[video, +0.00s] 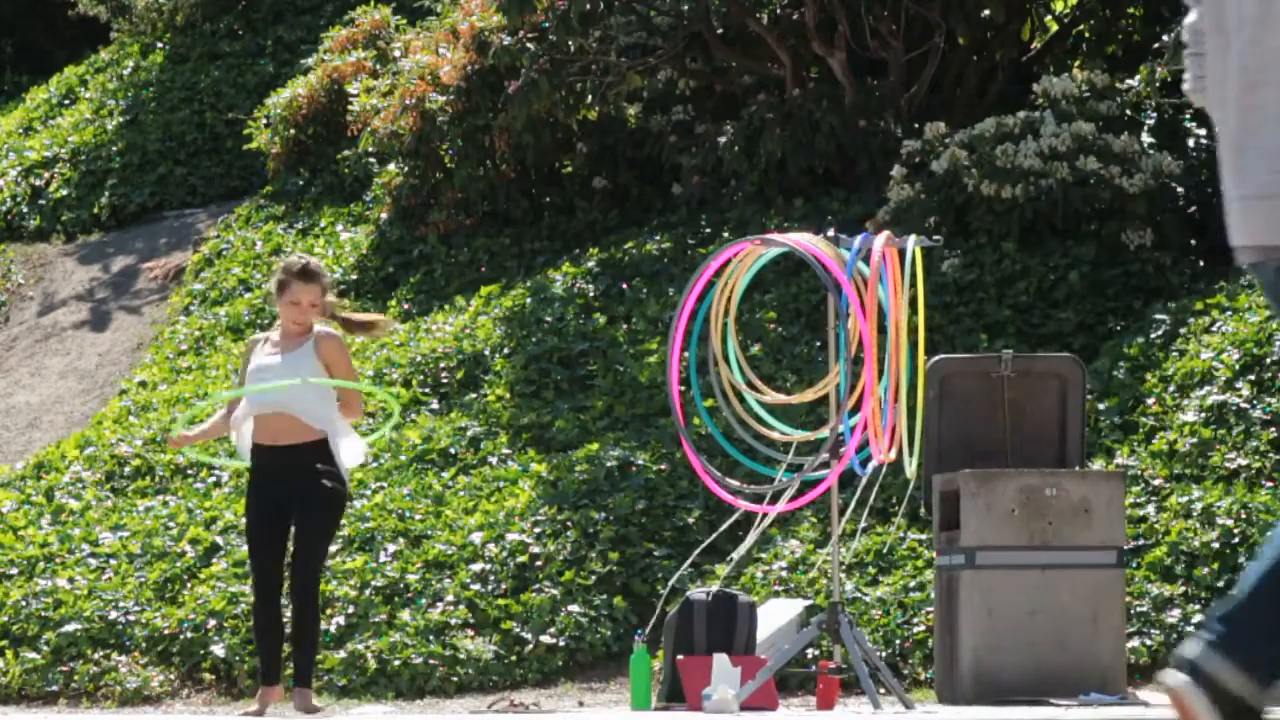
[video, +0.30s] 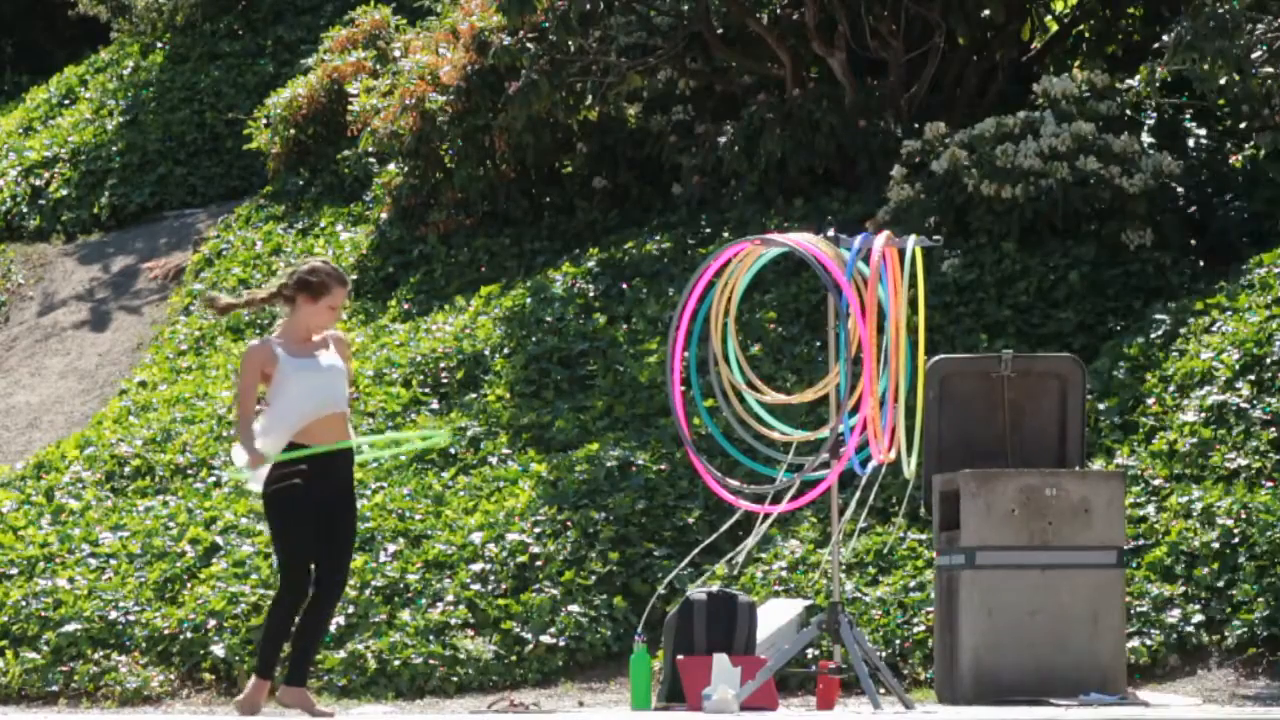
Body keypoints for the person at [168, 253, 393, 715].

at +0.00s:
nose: (304, 312)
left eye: (313, 304)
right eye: (295, 303)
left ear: (322, 304)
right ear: (277, 299)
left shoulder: (326, 343)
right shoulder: (259, 347)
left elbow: (354, 408)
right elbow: (240, 410)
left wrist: (309, 409)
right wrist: (197, 435)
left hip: (317, 468)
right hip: (266, 470)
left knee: (304, 580)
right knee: (265, 582)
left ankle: (303, 688)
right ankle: (269, 686)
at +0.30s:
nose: (338, 315)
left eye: (341, 308)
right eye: (334, 306)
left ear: (319, 305)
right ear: (304, 300)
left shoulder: (336, 344)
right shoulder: (261, 353)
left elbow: (342, 403)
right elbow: (243, 417)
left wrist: (352, 448)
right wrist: (251, 450)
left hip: (337, 469)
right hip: (290, 471)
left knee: (332, 581)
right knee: (296, 582)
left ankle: (295, 685)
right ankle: (261, 680)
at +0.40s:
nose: (344, 317)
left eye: (346, 309)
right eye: (341, 308)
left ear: (322, 303)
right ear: (313, 301)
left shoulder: (329, 342)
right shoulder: (275, 352)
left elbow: (334, 403)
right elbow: (263, 419)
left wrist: (352, 449)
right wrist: (293, 459)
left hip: (339, 470)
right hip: (303, 472)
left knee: (332, 582)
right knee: (319, 581)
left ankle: (295, 685)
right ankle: (257, 670)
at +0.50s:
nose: (346, 314)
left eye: (347, 306)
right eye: (343, 305)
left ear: (322, 303)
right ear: (320, 301)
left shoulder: (320, 345)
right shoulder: (294, 351)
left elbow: (321, 410)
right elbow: (290, 419)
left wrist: (347, 449)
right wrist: (333, 458)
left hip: (329, 476)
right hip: (312, 479)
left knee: (336, 583)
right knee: (337, 583)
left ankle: (294, 684)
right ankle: (265, 663)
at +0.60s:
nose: (349, 311)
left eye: (350, 302)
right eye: (346, 302)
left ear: (315, 301)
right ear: (327, 301)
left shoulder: (296, 347)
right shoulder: (313, 351)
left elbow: (281, 415)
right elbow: (324, 420)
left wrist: (329, 429)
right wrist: (374, 457)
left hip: (308, 480)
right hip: (325, 481)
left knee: (332, 577)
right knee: (351, 580)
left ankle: (295, 674)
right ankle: (292, 668)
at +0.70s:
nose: (351, 308)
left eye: (351, 299)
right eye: (350, 299)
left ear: (315, 298)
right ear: (339, 299)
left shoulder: (293, 347)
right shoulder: (333, 348)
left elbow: (271, 411)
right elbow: (358, 420)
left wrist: (315, 422)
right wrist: (413, 457)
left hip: (301, 484)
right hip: (342, 481)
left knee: (322, 581)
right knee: (356, 579)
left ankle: (293, 684)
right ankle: (334, 669)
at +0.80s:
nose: (353, 302)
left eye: (350, 297)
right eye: (352, 296)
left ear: (308, 300)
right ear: (346, 300)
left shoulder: (291, 347)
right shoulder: (360, 350)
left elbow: (270, 412)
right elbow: (389, 418)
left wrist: (329, 421)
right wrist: (435, 454)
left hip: (299, 480)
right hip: (351, 479)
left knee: (317, 580)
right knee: (359, 584)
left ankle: (293, 683)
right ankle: (377, 677)